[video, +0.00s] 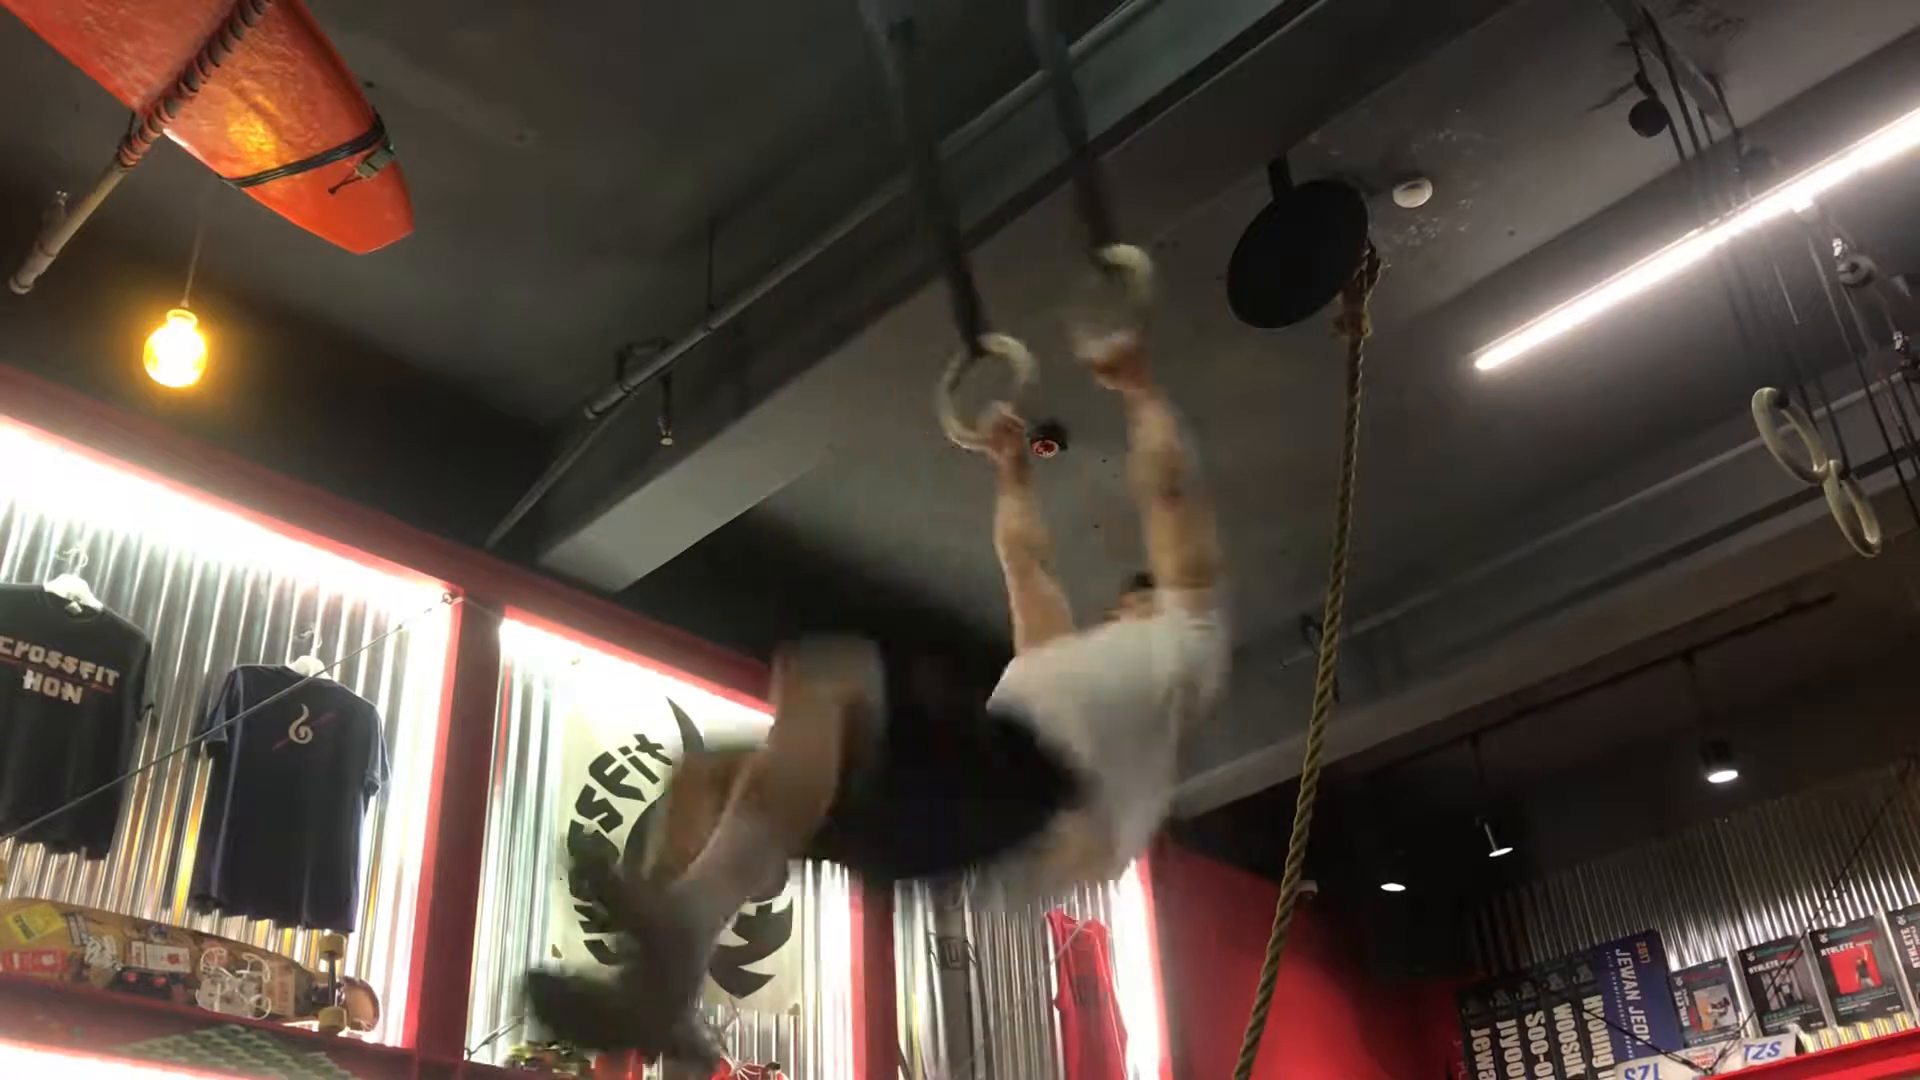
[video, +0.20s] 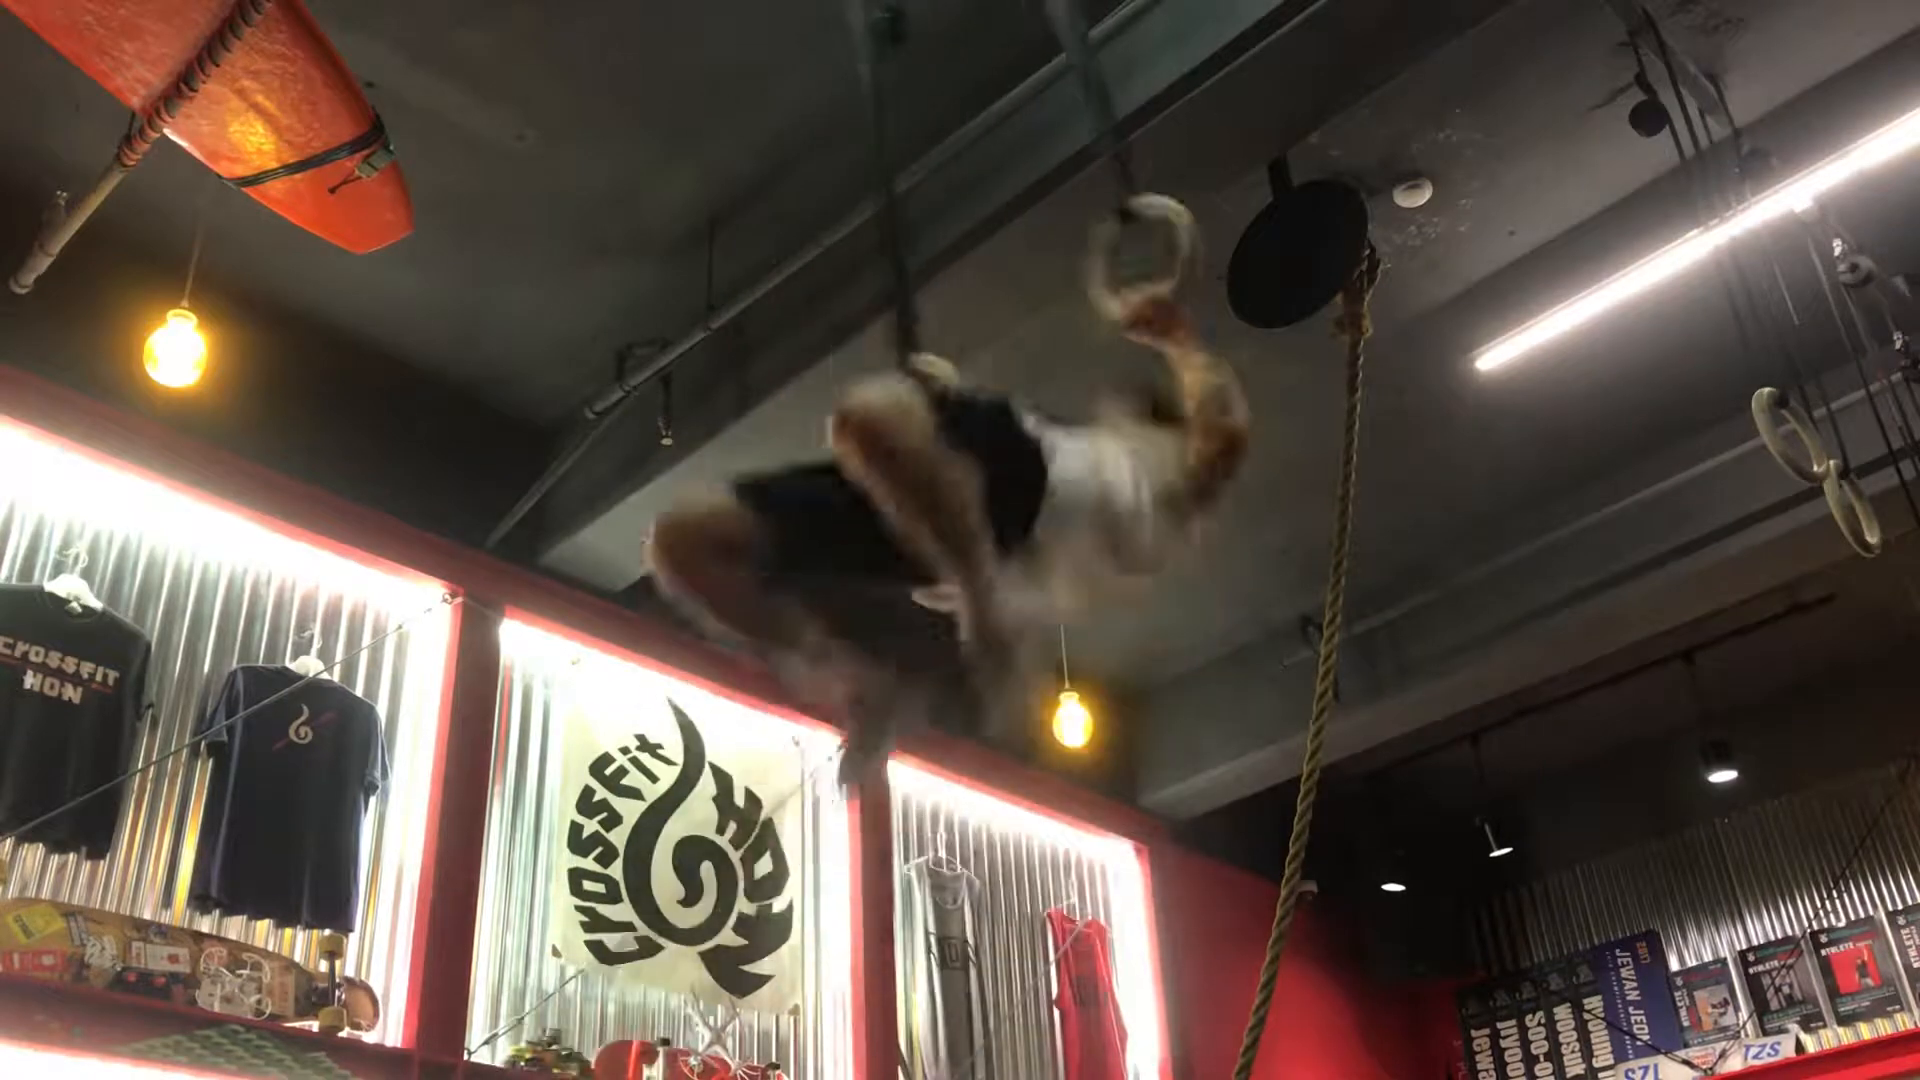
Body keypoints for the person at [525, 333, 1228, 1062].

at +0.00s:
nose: (1125, 604)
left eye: (1144, 598)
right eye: (1127, 600)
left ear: (1175, 610)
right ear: (1116, 620)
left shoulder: (1187, 648)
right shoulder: (1066, 677)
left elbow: (1173, 489)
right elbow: (1030, 573)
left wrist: (1135, 383)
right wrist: (1012, 468)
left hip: (1006, 786)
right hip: (929, 825)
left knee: (830, 667)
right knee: (704, 779)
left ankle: (689, 921)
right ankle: (661, 994)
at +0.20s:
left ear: (1205, 466)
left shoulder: (1174, 479)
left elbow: (1225, 429)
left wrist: (1179, 341)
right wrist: (949, 398)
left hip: (1026, 473)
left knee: (870, 418)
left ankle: (986, 630)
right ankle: (849, 680)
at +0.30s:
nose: (1076, 266)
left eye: (1093, 256)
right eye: (1062, 255)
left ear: (1118, 278)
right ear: (1038, 279)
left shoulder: (1140, 346)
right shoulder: (1023, 352)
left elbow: (1219, 407)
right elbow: (1004, 263)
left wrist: (1131, 329)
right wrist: (1063, 299)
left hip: (1022, 477)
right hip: (920, 498)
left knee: (872, 318)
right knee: (710, 427)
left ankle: (980, 550)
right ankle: (865, 598)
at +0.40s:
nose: (926, 215)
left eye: (939, 191)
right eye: (913, 211)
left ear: (988, 188)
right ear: (914, 233)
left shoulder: (1057, 234)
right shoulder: (945, 314)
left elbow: (1203, 312)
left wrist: (1160, 284)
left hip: (1051, 462)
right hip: (971, 527)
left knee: (895, 298)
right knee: (765, 386)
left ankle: (911, 524)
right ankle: (829, 566)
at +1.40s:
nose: (880, 71)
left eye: (890, 48)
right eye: (865, 62)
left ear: (940, 35)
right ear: (861, 75)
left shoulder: (999, 83)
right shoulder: (877, 174)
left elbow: (1099, 175)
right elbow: (871, 290)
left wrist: (1053, 229)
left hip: (1042, 348)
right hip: (947, 395)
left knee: (923, 305)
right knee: (833, 316)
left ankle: (830, 425)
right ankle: (772, 500)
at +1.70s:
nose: (1031, 444)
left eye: (1047, 424)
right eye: (1022, 434)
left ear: (1097, 427)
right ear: (1019, 449)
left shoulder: (1144, 483)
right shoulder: (1014, 538)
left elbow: (1206, 422)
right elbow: (897, 575)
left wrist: (1149, 327)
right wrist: (915, 469)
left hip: (1032, 657)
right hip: (959, 705)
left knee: (846, 570)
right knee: (771, 626)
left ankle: (654, 565)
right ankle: (558, 693)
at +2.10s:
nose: (833, 476)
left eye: (851, 463)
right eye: (821, 467)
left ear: (891, 479)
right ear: (809, 491)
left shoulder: (930, 544)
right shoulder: (807, 590)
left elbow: (936, 379)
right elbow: (805, 467)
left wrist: (934, 269)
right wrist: (821, 361)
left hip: (948, 902)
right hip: (847, 929)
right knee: (854, 1068)